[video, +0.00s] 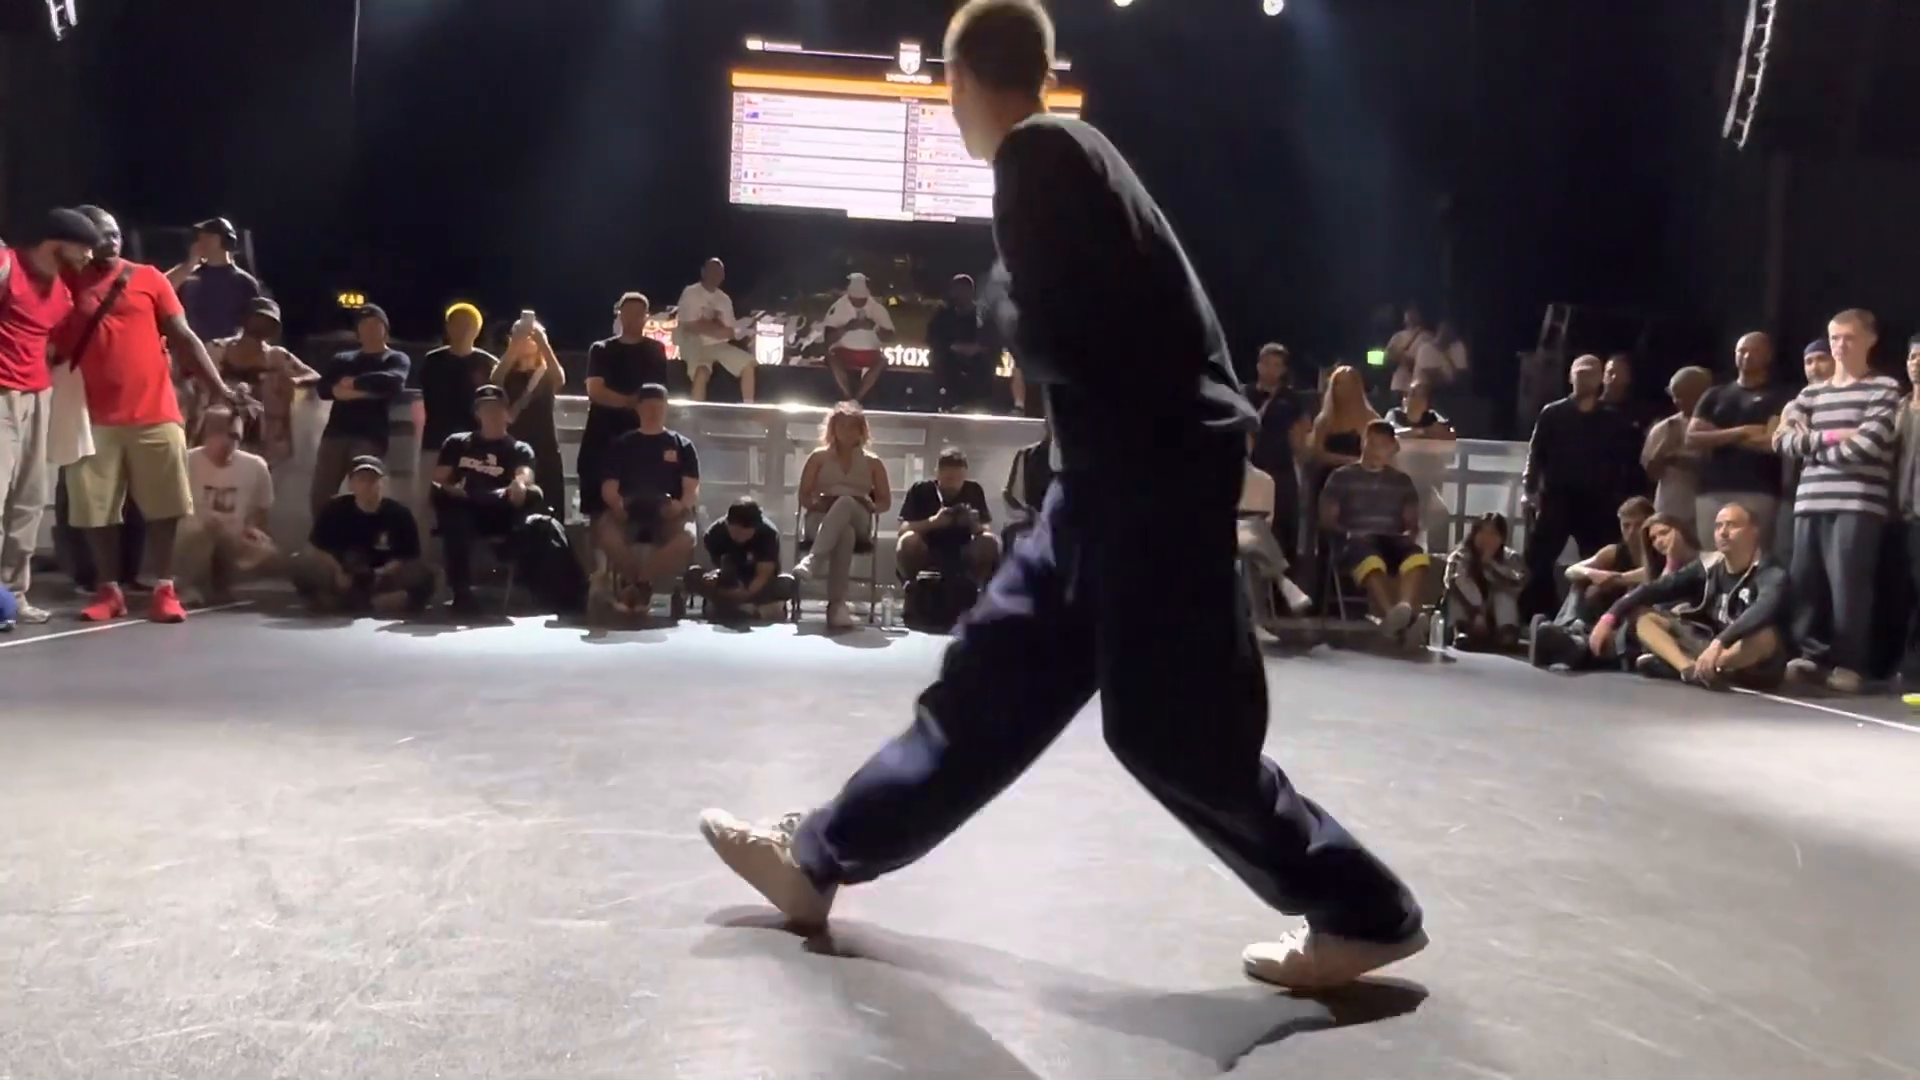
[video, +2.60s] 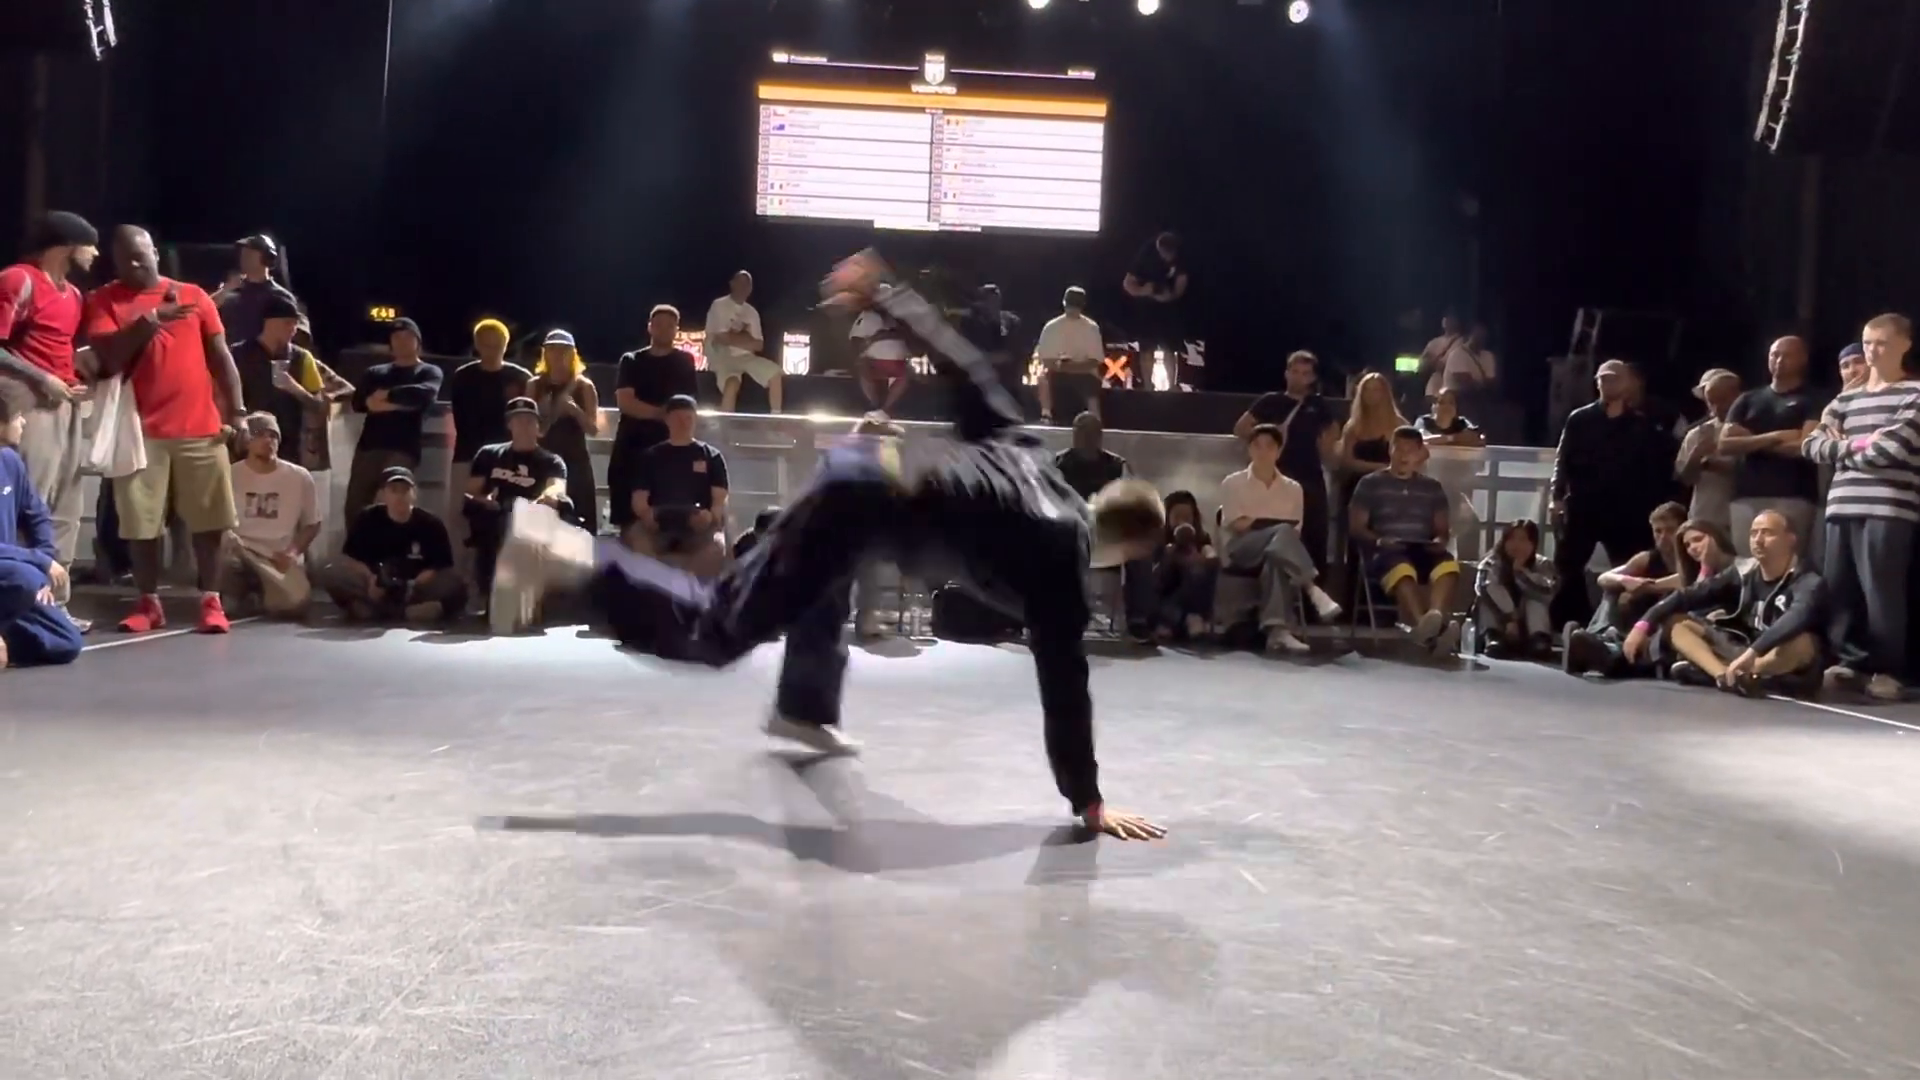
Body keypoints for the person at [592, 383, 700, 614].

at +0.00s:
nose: (653, 411)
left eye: (658, 405)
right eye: (648, 405)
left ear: (666, 408)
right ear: (638, 408)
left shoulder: (682, 445)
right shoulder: (620, 444)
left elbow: (690, 490)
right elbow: (609, 488)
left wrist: (678, 507)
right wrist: (622, 510)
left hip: (667, 509)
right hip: (629, 508)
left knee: (687, 537)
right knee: (605, 529)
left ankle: (639, 583)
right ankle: (639, 585)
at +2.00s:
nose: (675, 429)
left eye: (679, 424)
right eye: (669, 424)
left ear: (687, 427)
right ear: (659, 427)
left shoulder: (704, 463)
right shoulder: (643, 463)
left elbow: (713, 507)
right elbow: (631, 506)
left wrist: (702, 523)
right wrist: (642, 525)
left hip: (689, 524)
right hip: (652, 524)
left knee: (708, 554)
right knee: (628, 547)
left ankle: (662, 601)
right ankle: (659, 601)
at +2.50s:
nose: (682, 422)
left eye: (687, 417)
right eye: (677, 417)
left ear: (694, 421)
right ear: (666, 420)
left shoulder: (709, 456)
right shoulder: (649, 456)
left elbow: (718, 499)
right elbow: (637, 499)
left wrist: (708, 517)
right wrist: (648, 517)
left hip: (694, 519)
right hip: (659, 518)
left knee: (714, 550)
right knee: (637, 544)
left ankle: (670, 598)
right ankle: (665, 596)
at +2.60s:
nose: (683, 422)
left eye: (688, 417)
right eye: (677, 417)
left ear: (695, 420)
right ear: (667, 419)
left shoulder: (711, 456)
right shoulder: (650, 456)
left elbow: (719, 501)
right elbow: (639, 498)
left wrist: (709, 517)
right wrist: (648, 516)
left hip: (695, 519)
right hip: (660, 519)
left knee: (716, 546)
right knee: (638, 536)